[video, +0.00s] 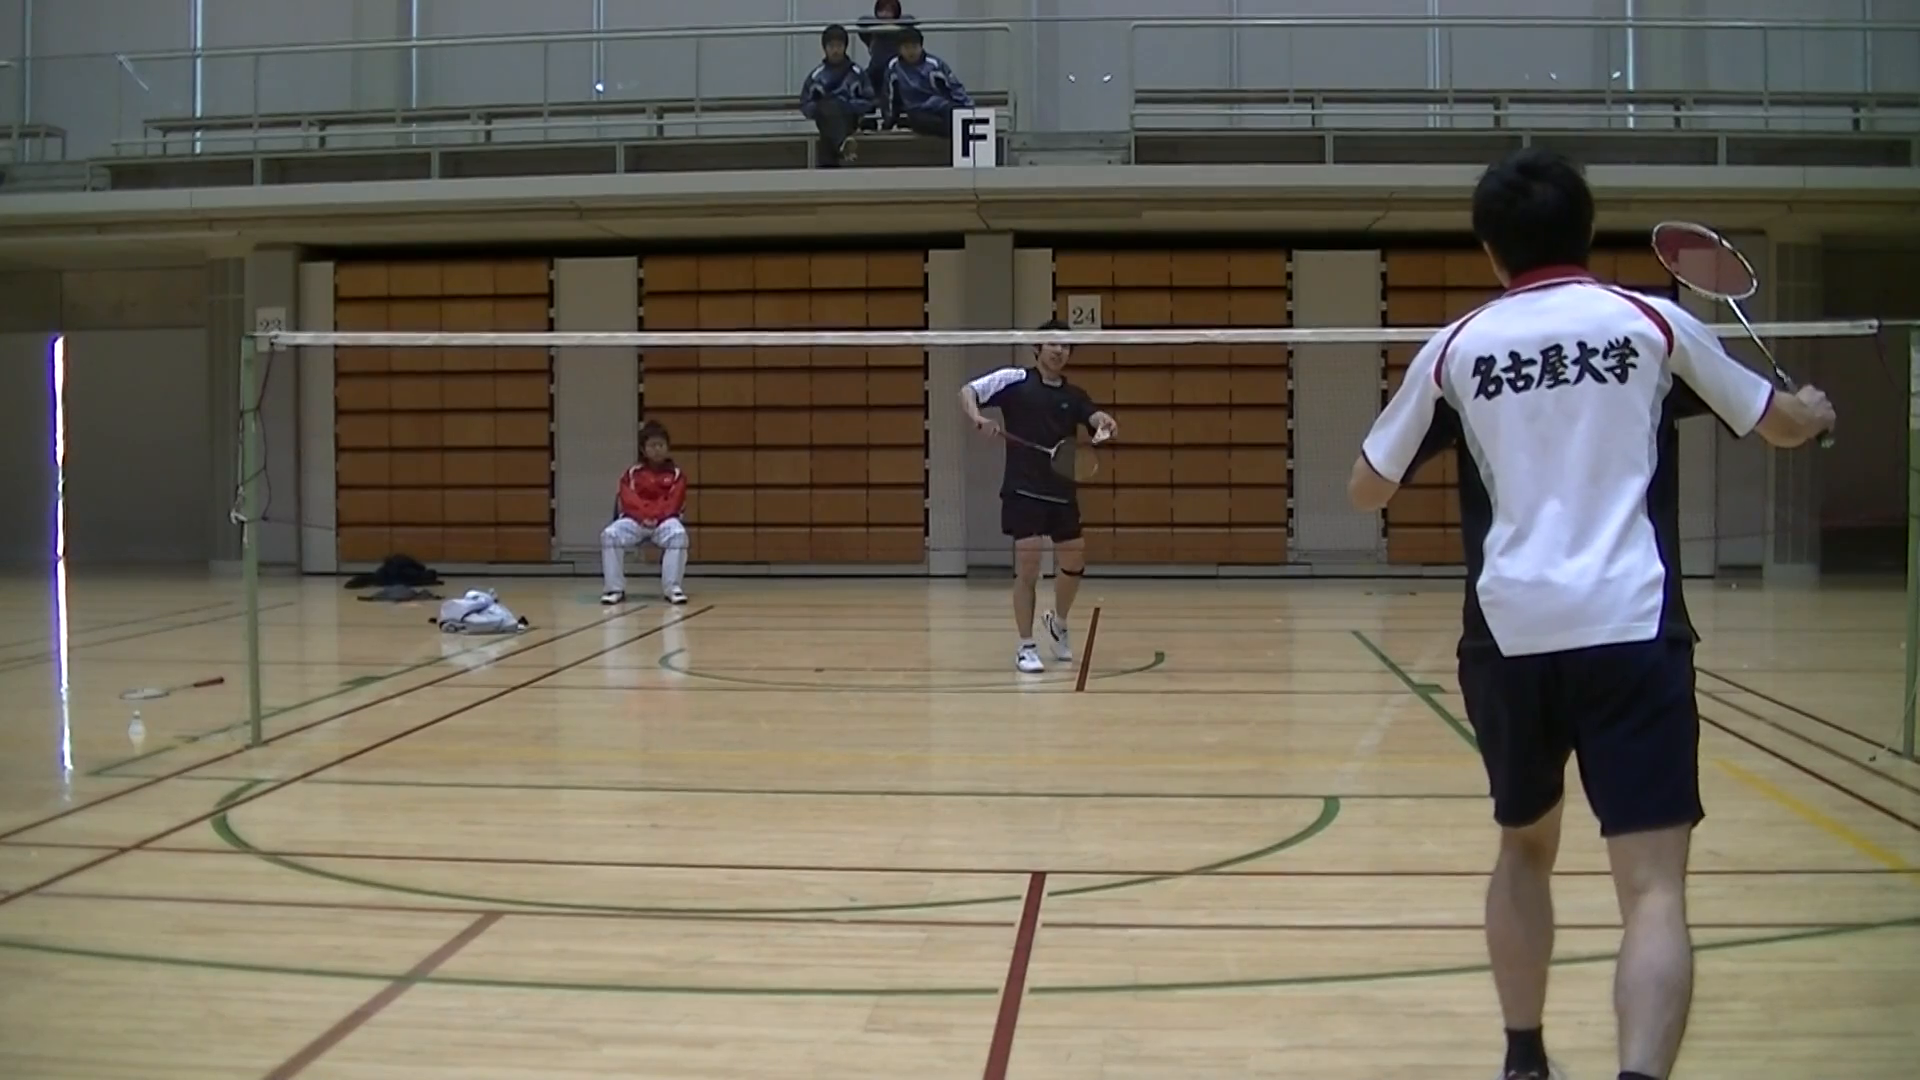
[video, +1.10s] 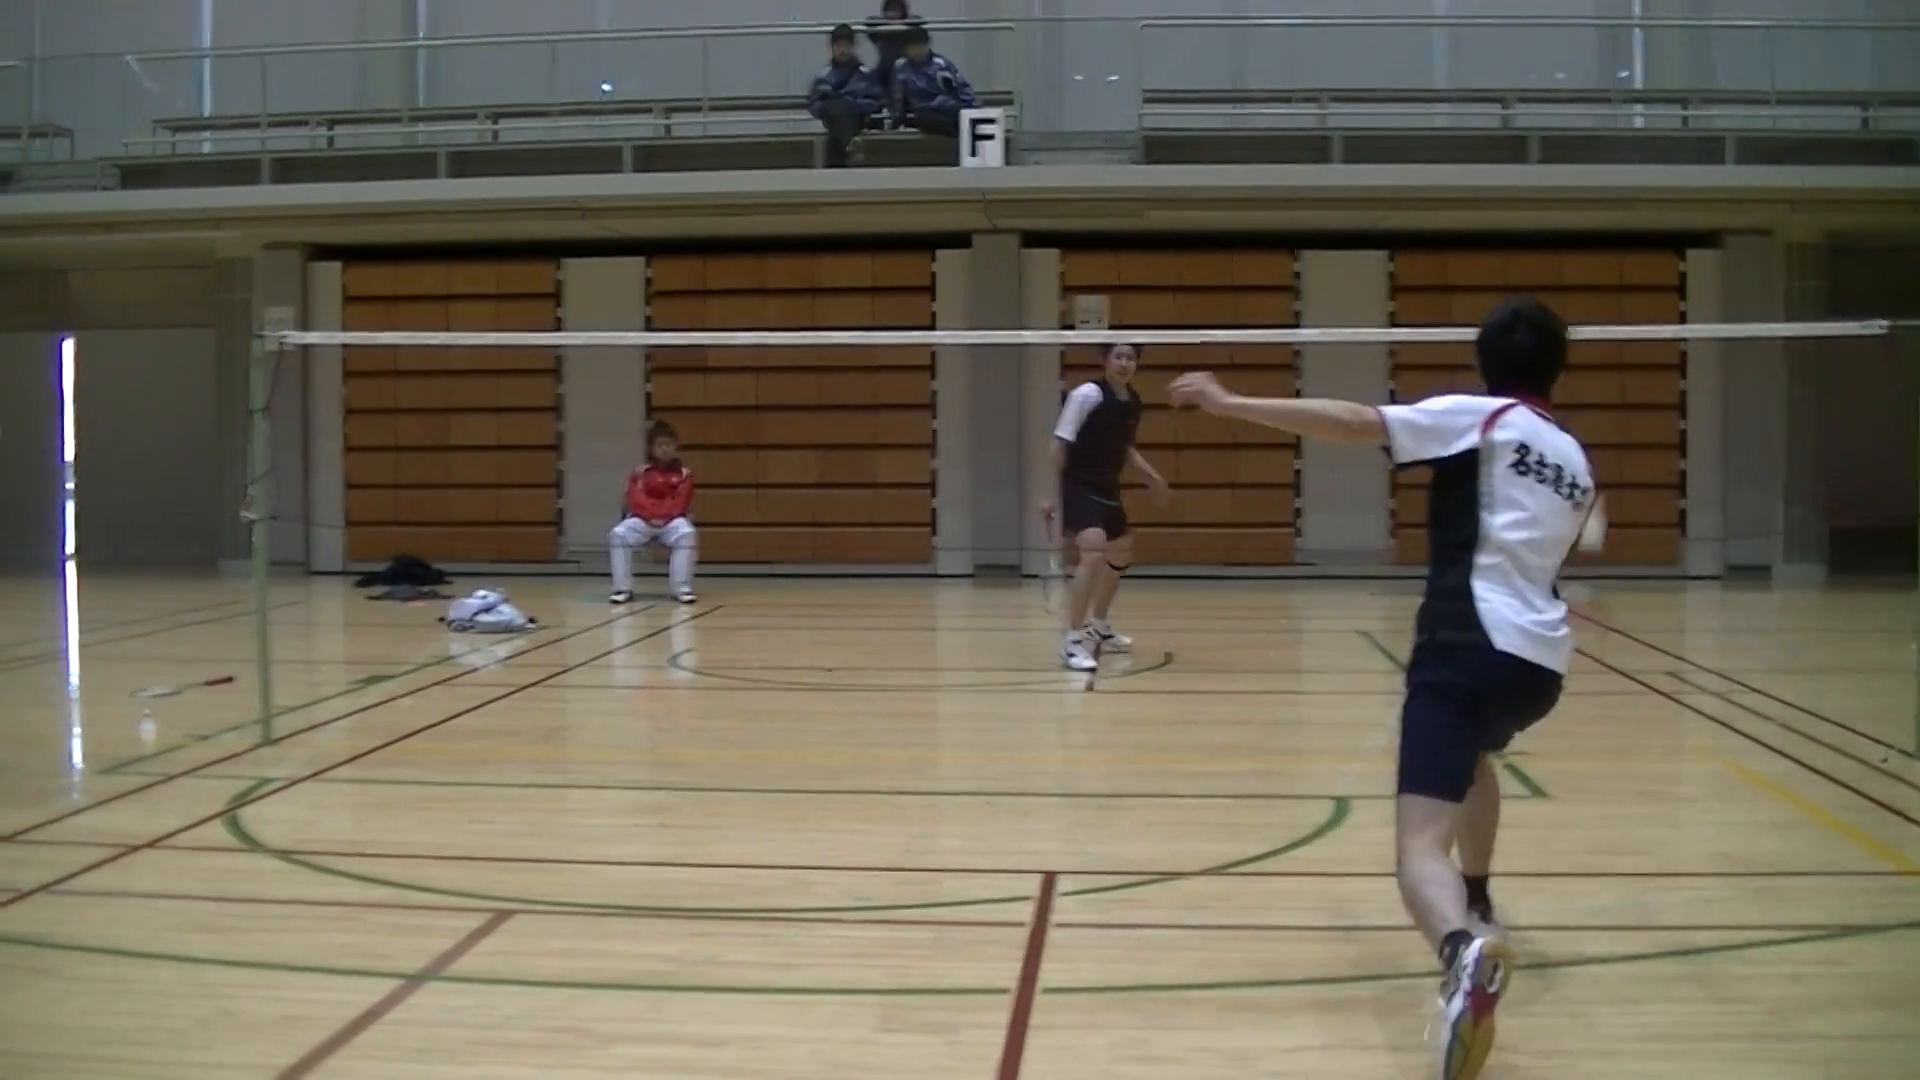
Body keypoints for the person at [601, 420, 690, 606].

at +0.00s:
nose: (657, 450)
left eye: (661, 445)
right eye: (652, 445)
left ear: (667, 447)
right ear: (643, 449)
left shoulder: (676, 475)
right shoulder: (632, 473)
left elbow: (673, 504)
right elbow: (627, 500)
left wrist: (655, 517)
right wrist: (644, 515)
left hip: (664, 520)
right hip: (635, 520)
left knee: (678, 536)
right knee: (610, 535)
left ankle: (673, 587)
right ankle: (615, 589)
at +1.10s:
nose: (664, 449)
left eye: (669, 444)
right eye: (659, 445)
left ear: (676, 447)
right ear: (651, 449)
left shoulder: (683, 475)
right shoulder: (640, 473)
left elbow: (680, 505)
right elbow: (635, 500)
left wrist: (660, 516)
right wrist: (652, 515)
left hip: (671, 519)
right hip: (643, 519)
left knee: (687, 534)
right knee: (618, 535)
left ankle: (682, 587)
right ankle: (622, 589)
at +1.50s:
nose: (692, 448)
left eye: (696, 443)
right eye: (686, 443)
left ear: (702, 445)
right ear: (676, 448)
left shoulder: (710, 472)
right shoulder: (666, 471)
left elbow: (707, 501)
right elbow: (662, 500)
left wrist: (689, 515)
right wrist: (679, 514)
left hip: (698, 518)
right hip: (670, 518)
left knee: (713, 533)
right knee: (644, 533)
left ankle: (706, 585)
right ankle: (648, 587)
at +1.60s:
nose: (674, 448)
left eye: (678, 443)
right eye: (668, 443)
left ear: (684, 445)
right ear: (659, 448)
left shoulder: (691, 473)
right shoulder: (648, 471)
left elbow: (689, 502)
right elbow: (643, 498)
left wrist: (671, 516)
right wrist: (661, 513)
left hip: (680, 518)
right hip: (651, 518)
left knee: (695, 534)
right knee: (627, 533)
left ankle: (688, 585)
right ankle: (631, 588)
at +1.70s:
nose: (660, 448)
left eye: (664, 443)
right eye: (655, 443)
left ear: (670, 445)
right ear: (646, 448)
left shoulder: (678, 472)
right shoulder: (636, 471)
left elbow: (676, 500)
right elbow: (630, 498)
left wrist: (660, 515)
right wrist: (645, 514)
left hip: (666, 518)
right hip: (638, 518)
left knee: (681, 534)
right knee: (613, 534)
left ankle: (675, 586)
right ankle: (617, 588)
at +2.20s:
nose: (653, 450)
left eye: (656, 445)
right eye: (647, 446)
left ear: (663, 448)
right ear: (638, 450)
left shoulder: (671, 476)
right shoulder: (628, 474)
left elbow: (668, 505)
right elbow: (624, 502)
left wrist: (652, 519)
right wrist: (639, 517)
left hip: (659, 521)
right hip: (630, 521)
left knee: (674, 536)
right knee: (606, 536)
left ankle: (668, 588)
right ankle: (610, 590)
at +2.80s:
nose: (655, 451)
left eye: (659, 446)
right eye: (650, 447)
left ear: (665, 448)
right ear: (641, 451)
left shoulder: (673, 475)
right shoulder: (630, 475)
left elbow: (671, 505)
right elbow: (626, 502)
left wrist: (655, 518)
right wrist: (641, 518)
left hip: (662, 521)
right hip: (633, 521)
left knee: (677, 537)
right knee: (608, 536)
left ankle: (671, 589)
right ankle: (613, 591)